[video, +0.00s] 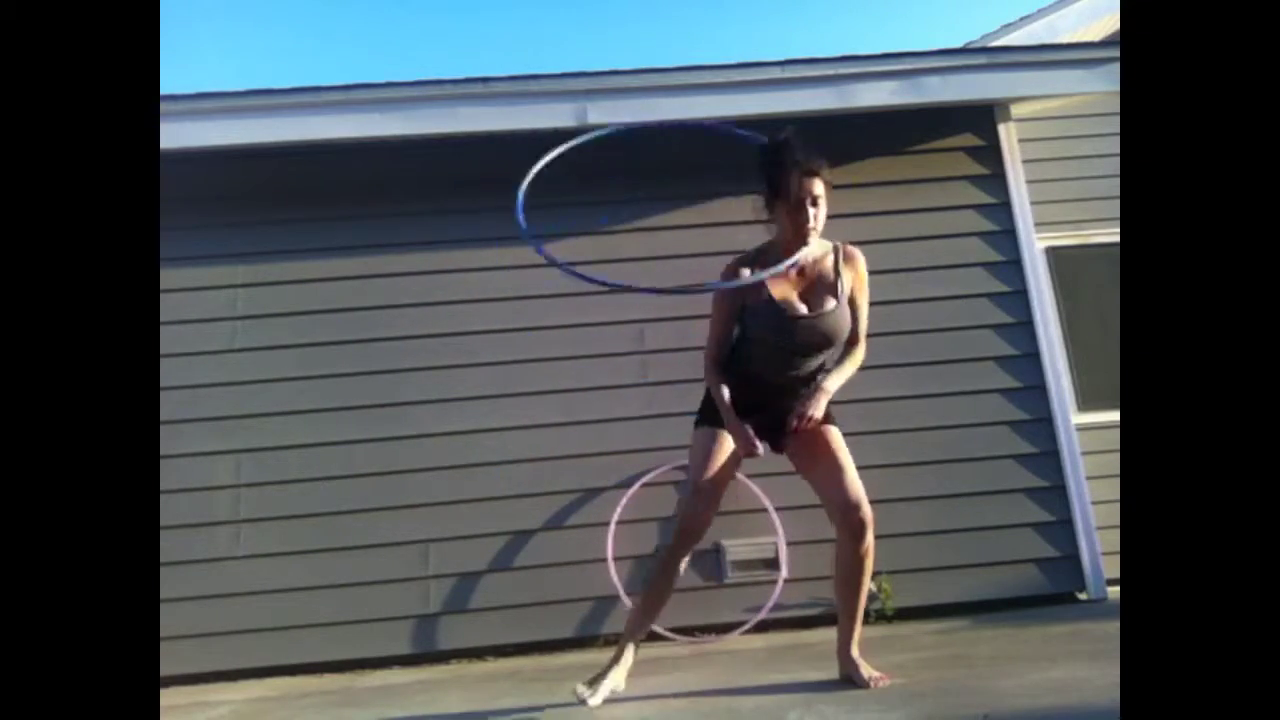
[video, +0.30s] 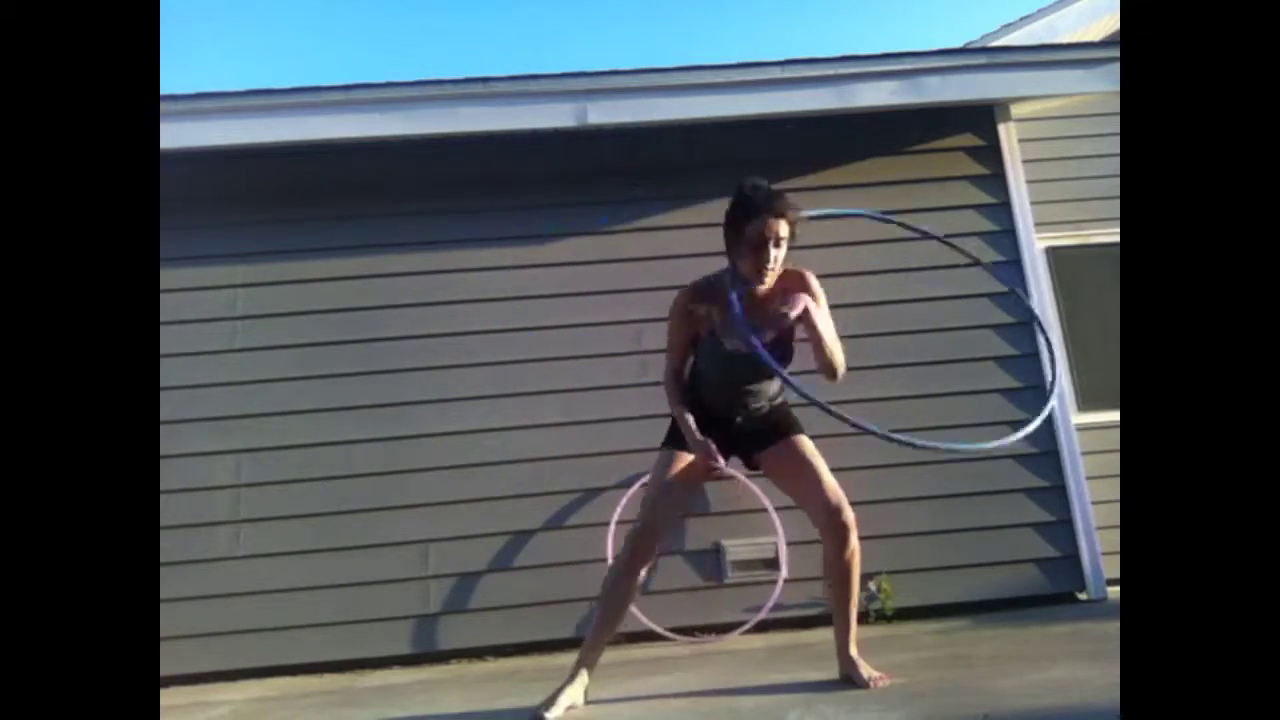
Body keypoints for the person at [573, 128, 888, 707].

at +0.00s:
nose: (810, 212)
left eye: (818, 199)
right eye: (798, 201)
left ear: (829, 200)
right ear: (773, 207)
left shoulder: (848, 263)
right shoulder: (742, 274)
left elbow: (857, 345)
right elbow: (713, 363)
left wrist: (823, 392)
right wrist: (732, 422)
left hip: (802, 405)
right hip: (736, 402)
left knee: (858, 517)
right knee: (687, 529)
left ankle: (849, 652)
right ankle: (622, 659)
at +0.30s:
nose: (769, 254)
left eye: (779, 242)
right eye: (757, 243)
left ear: (788, 242)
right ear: (732, 242)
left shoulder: (800, 285)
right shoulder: (697, 300)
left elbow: (833, 370)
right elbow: (672, 378)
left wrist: (816, 319)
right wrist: (696, 438)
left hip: (768, 418)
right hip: (701, 421)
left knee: (840, 520)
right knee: (642, 545)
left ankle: (848, 655)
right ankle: (580, 675)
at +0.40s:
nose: (733, 246)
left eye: (741, 235)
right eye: (721, 235)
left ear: (753, 237)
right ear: (697, 241)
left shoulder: (758, 281)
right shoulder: (666, 297)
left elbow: (775, 288)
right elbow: (655, 380)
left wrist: (759, 217)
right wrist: (679, 437)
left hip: (750, 418)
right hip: (684, 421)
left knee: (824, 519)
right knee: (622, 536)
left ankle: (847, 655)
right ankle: (577, 676)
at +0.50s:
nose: (699, 231)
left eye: (706, 217)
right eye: (684, 221)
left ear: (720, 219)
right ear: (658, 233)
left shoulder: (729, 272)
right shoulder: (639, 292)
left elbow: (733, 217)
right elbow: (636, 374)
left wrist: (698, 152)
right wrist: (657, 428)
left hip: (733, 414)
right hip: (664, 421)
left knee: (804, 521)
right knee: (608, 533)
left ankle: (843, 652)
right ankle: (577, 675)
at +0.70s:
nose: (654, 209)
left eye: (660, 198)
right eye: (644, 200)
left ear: (674, 214)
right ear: (620, 215)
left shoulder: (684, 258)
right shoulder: (596, 283)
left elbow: (716, 198)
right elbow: (604, 360)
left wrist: (627, 194)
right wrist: (615, 413)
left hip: (702, 398)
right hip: (634, 406)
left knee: (770, 525)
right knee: (599, 536)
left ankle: (840, 652)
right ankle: (574, 681)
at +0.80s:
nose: (637, 222)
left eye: (645, 214)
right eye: (625, 210)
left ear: (652, 223)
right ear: (593, 220)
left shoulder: (662, 267)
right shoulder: (573, 291)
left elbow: (704, 251)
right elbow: (586, 362)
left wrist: (612, 239)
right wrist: (601, 415)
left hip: (688, 397)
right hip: (621, 410)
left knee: (760, 522)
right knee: (594, 535)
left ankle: (841, 653)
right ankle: (575, 680)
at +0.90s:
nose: (627, 240)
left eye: (635, 228)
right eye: (614, 228)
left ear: (643, 230)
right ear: (584, 231)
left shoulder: (660, 278)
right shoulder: (556, 295)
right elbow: (560, 363)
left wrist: (617, 290)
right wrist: (595, 405)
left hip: (678, 400)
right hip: (612, 412)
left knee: (753, 522)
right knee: (584, 534)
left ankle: (843, 652)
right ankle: (575, 681)